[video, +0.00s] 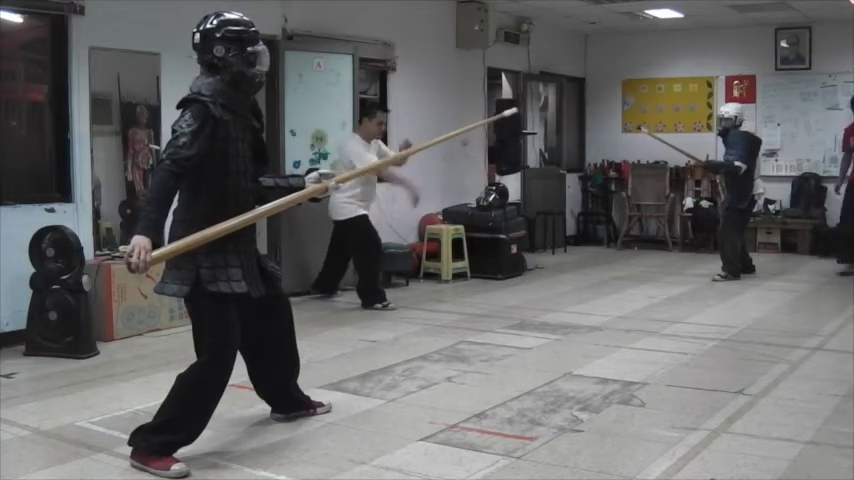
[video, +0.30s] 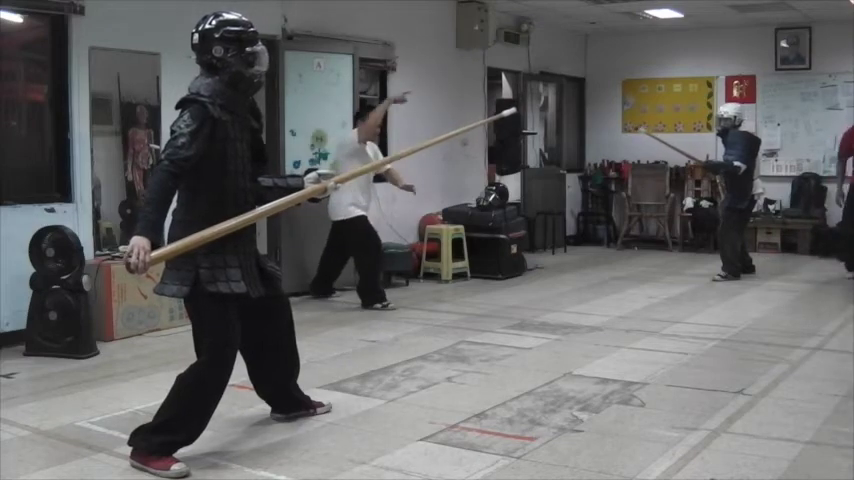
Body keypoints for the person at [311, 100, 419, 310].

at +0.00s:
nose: (383, 129)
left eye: (383, 125)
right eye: (379, 124)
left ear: (372, 124)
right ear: (364, 123)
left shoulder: (375, 144)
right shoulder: (352, 145)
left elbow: (396, 161)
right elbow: (378, 171)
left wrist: (404, 152)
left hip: (359, 206)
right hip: (345, 206)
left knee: (340, 250)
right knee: (370, 245)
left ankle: (323, 287)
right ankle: (371, 298)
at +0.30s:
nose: (378, 130)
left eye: (379, 126)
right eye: (375, 126)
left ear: (377, 128)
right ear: (362, 124)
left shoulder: (373, 148)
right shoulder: (346, 144)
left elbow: (387, 168)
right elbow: (368, 124)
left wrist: (400, 184)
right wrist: (388, 102)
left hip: (356, 208)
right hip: (344, 209)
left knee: (336, 252)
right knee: (371, 247)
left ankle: (320, 287)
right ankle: (371, 298)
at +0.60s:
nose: (374, 127)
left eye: (376, 123)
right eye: (370, 121)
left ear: (374, 124)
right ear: (356, 121)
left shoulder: (368, 149)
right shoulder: (346, 143)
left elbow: (382, 170)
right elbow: (375, 138)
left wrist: (400, 182)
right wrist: (398, 119)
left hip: (355, 208)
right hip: (345, 208)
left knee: (337, 251)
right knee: (370, 247)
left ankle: (321, 287)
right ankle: (371, 298)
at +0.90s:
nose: (371, 120)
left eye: (372, 117)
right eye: (366, 116)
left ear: (373, 120)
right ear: (352, 121)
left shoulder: (368, 150)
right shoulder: (347, 143)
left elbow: (382, 171)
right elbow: (376, 139)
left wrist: (400, 182)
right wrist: (401, 124)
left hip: (355, 208)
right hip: (345, 208)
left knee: (337, 252)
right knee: (370, 246)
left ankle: (321, 288)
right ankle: (371, 298)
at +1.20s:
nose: (372, 120)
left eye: (372, 117)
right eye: (366, 117)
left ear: (373, 120)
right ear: (352, 121)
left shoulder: (367, 149)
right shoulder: (348, 141)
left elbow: (382, 172)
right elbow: (376, 142)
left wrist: (399, 184)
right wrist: (401, 130)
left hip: (355, 207)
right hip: (345, 208)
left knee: (338, 252)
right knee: (371, 245)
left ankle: (320, 289)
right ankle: (372, 298)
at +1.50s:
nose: (361, 118)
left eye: (362, 114)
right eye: (356, 114)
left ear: (362, 120)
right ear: (342, 120)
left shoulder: (346, 143)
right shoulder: (344, 144)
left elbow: (364, 175)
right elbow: (363, 172)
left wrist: (387, 186)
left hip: (344, 208)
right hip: (344, 208)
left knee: (357, 250)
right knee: (368, 247)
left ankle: (330, 283)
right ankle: (372, 298)